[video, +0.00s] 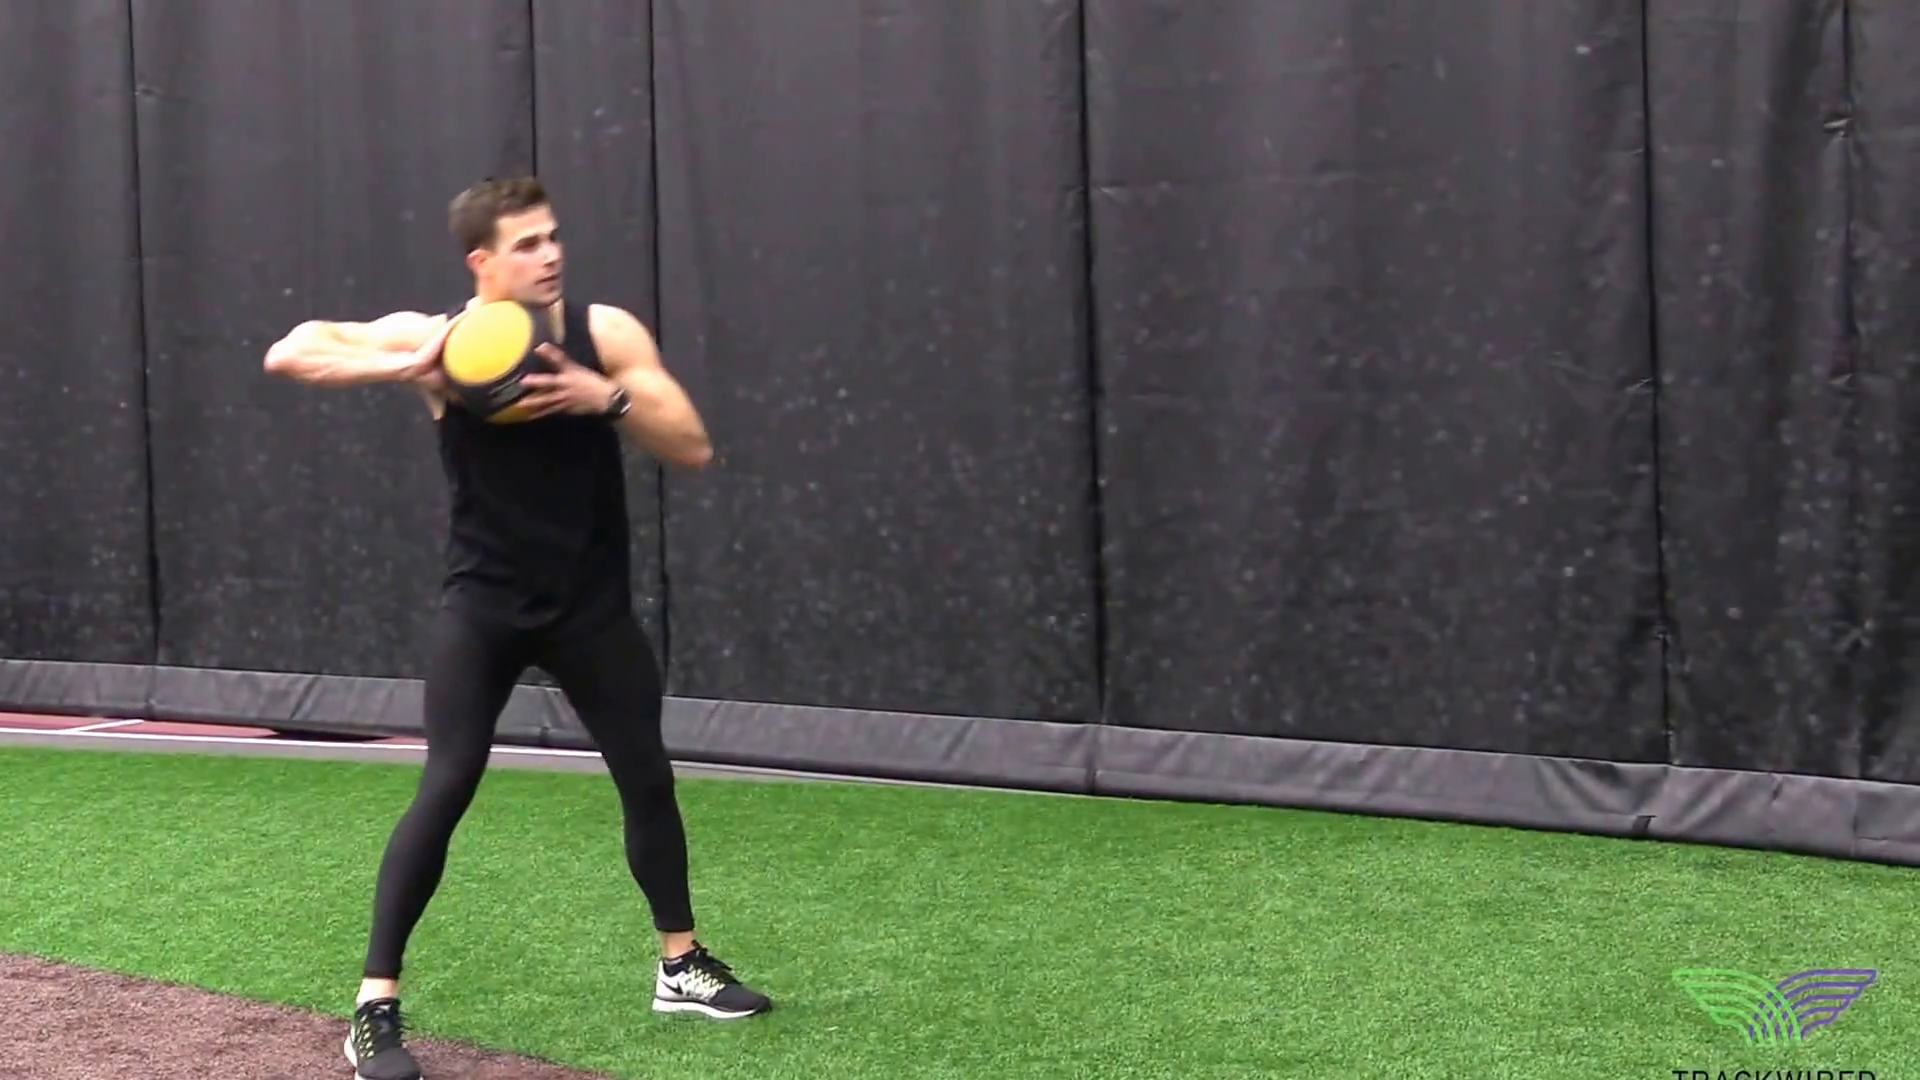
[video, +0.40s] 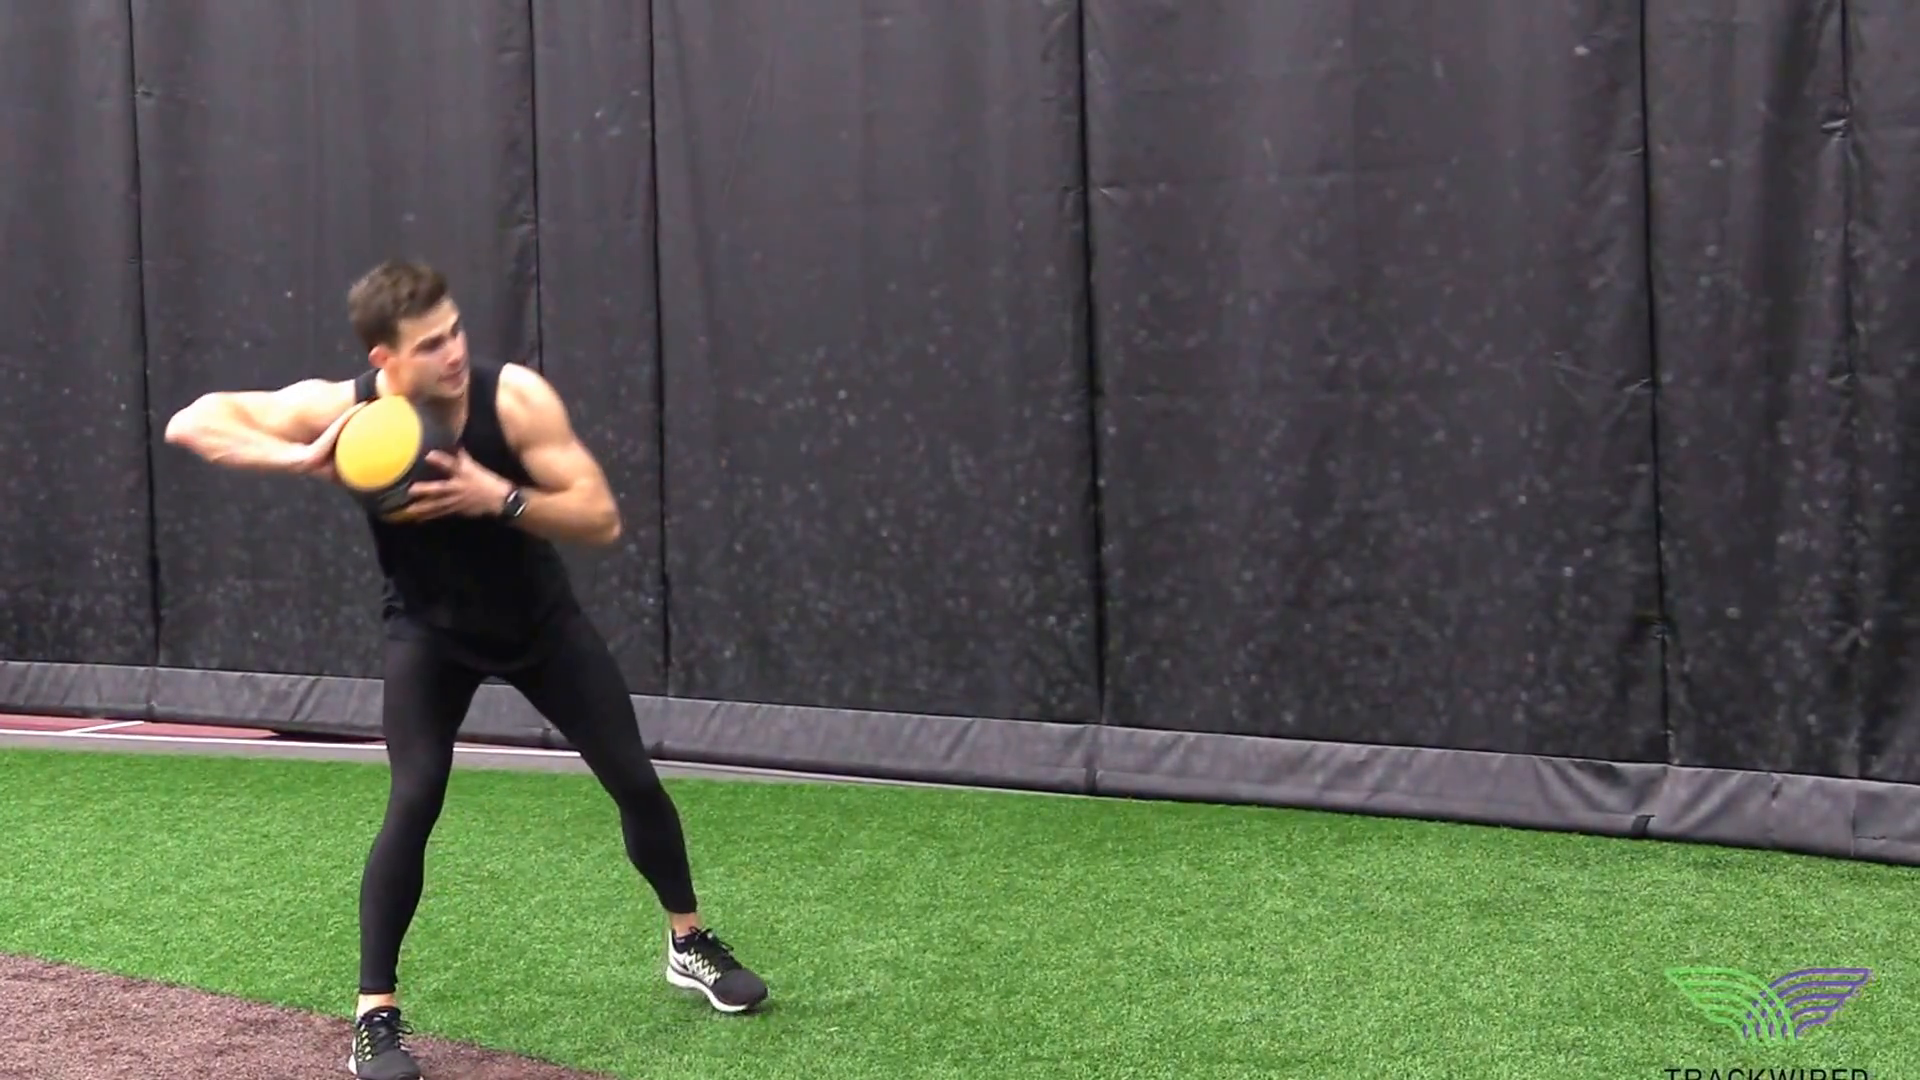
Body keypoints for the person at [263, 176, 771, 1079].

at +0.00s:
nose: (551, 257)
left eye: (554, 239)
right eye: (529, 246)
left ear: (562, 246)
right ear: (480, 265)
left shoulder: (608, 333)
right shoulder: (442, 338)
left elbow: (696, 449)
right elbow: (287, 354)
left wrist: (612, 397)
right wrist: (400, 362)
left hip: (592, 604)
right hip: (484, 604)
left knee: (648, 775)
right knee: (449, 782)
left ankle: (682, 962)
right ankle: (378, 994)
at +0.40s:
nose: (455, 352)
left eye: (456, 332)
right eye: (432, 344)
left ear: (464, 322)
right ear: (382, 362)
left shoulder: (517, 397)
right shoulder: (340, 411)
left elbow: (601, 518)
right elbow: (189, 425)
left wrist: (501, 496)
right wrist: (292, 455)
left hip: (542, 619)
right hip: (431, 629)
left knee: (638, 782)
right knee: (415, 796)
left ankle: (690, 938)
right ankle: (377, 1010)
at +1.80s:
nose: (494, 338)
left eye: (486, 326)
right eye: (475, 337)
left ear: (481, 339)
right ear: (431, 370)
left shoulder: (529, 382)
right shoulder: (384, 451)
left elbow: (648, 457)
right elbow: (249, 517)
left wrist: (569, 429)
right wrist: (372, 483)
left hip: (539, 651)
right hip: (454, 667)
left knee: (680, 770)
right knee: (492, 822)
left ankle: (657, 965)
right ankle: (390, 1013)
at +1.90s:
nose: (501, 287)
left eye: (493, 276)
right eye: (485, 283)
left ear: (469, 307)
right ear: (450, 316)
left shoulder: (527, 360)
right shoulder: (410, 417)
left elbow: (656, 386)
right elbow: (319, 504)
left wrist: (590, 355)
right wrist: (433, 432)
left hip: (557, 637)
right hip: (487, 651)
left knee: (679, 767)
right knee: (521, 818)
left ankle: (662, 963)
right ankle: (392, 1002)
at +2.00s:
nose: (502, 248)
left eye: (493, 237)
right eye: (488, 243)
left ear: (460, 280)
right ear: (462, 277)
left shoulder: (522, 334)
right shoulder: (447, 378)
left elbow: (627, 338)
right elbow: (430, 448)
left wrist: (607, 294)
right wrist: (530, 347)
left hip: (573, 618)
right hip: (529, 627)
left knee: (665, 763)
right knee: (550, 810)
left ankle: (662, 963)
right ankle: (395, 985)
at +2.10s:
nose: (493, 222)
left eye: (482, 214)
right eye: (482, 218)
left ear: (443, 262)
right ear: (468, 248)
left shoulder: (468, 323)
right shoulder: (489, 330)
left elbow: (557, 310)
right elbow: (581, 308)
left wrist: (596, 241)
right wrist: (641, 219)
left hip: (577, 590)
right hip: (567, 594)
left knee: (640, 766)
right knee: (578, 787)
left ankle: (661, 960)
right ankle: (412, 950)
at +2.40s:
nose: (539, 206)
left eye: (528, 199)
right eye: (533, 200)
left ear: (460, 257)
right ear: (526, 224)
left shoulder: (447, 356)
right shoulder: (584, 257)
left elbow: (493, 434)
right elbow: (625, 164)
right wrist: (627, 146)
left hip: (560, 576)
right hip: (638, 558)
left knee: (615, 771)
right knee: (656, 767)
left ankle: (653, 965)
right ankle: (541, 941)